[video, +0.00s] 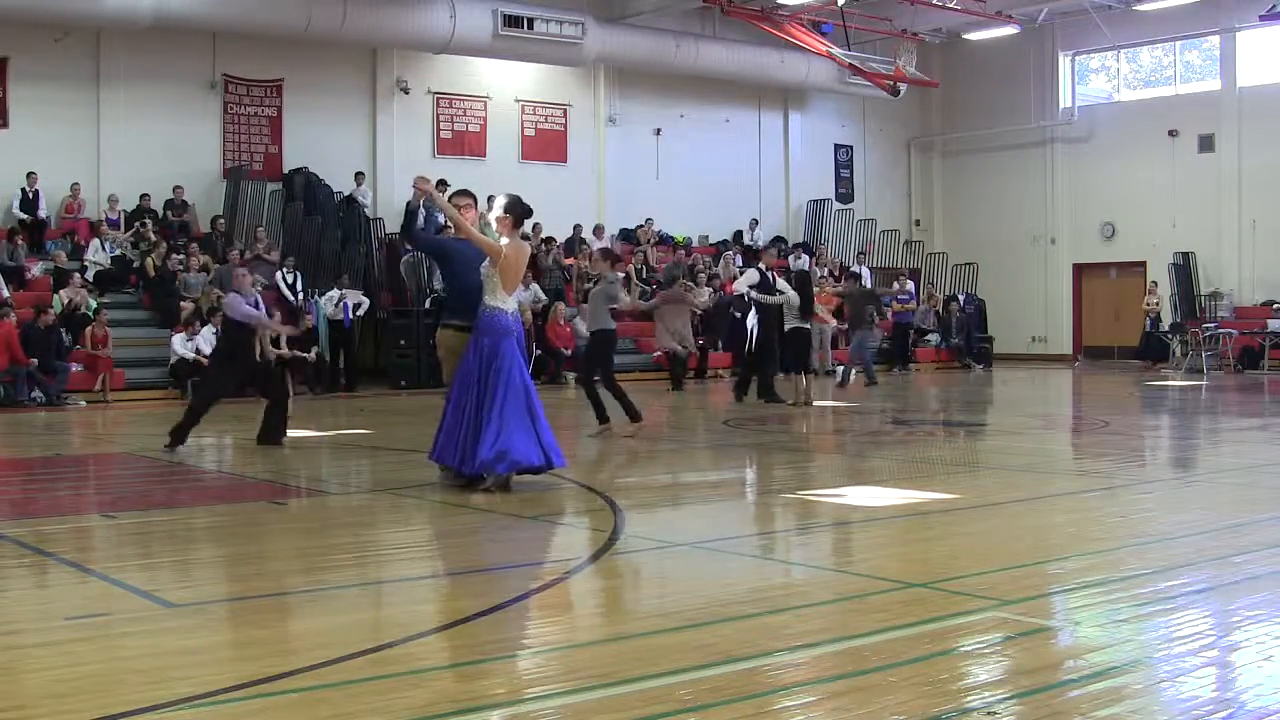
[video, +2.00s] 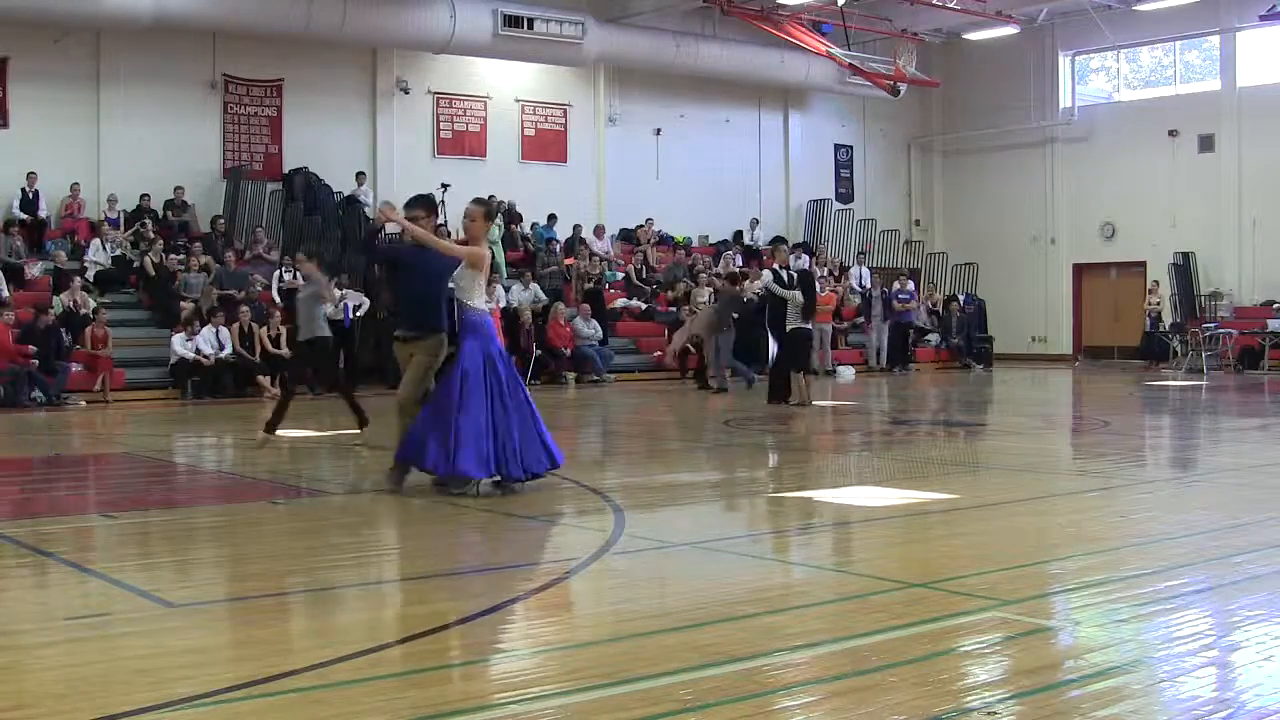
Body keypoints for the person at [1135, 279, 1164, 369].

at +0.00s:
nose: (1151, 289)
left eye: (1153, 287)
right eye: (1150, 287)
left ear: (1156, 288)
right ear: (1148, 288)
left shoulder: (1160, 297)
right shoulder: (1147, 297)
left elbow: (1159, 308)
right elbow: (1143, 307)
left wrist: (1148, 309)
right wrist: (1153, 308)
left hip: (1156, 317)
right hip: (1148, 318)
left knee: (1156, 337)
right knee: (1147, 337)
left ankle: (1154, 359)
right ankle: (1146, 360)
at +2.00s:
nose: (1153, 287)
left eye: (1154, 286)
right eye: (1152, 286)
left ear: (1158, 287)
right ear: (1151, 287)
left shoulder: (1160, 296)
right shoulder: (1148, 296)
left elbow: (1161, 308)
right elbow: (1145, 306)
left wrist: (1150, 309)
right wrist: (1156, 307)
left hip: (1157, 318)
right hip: (1149, 318)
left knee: (1156, 338)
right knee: (1149, 337)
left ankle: (1156, 360)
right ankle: (1150, 360)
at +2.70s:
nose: (1152, 288)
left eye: (1154, 286)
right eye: (1151, 286)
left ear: (1158, 287)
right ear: (1150, 287)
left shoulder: (1161, 297)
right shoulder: (1148, 296)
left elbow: (1160, 308)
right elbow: (1144, 306)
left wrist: (1149, 308)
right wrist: (1155, 307)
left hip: (1157, 318)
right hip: (1149, 318)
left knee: (1156, 339)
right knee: (1148, 338)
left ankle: (1155, 362)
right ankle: (1149, 361)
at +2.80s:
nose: (1152, 288)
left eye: (1154, 286)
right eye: (1151, 286)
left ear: (1158, 287)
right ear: (1150, 287)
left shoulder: (1160, 296)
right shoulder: (1148, 296)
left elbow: (1160, 308)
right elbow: (1144, 306)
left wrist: (1149, 308)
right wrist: (1155, 307)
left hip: (1157, 318)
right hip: (1149, 319)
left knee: (1156, 339)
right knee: (1148, 338)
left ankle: (1156, 362)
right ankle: (1149, 361)